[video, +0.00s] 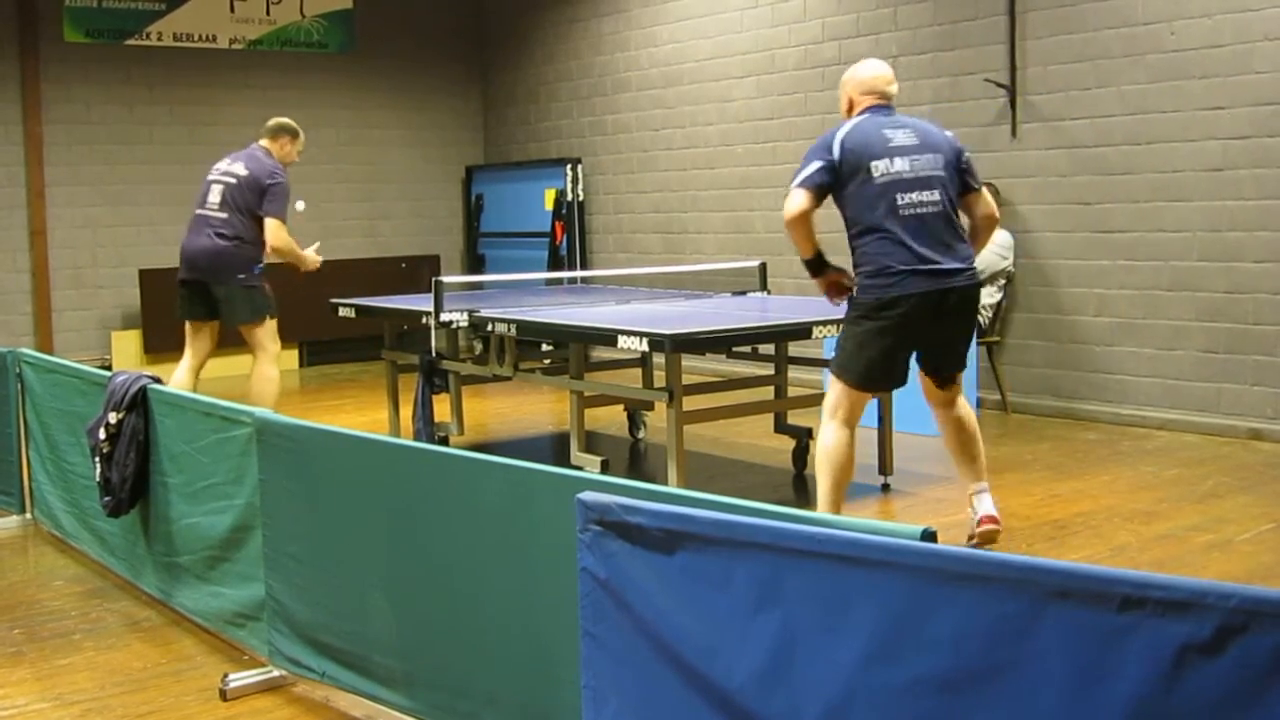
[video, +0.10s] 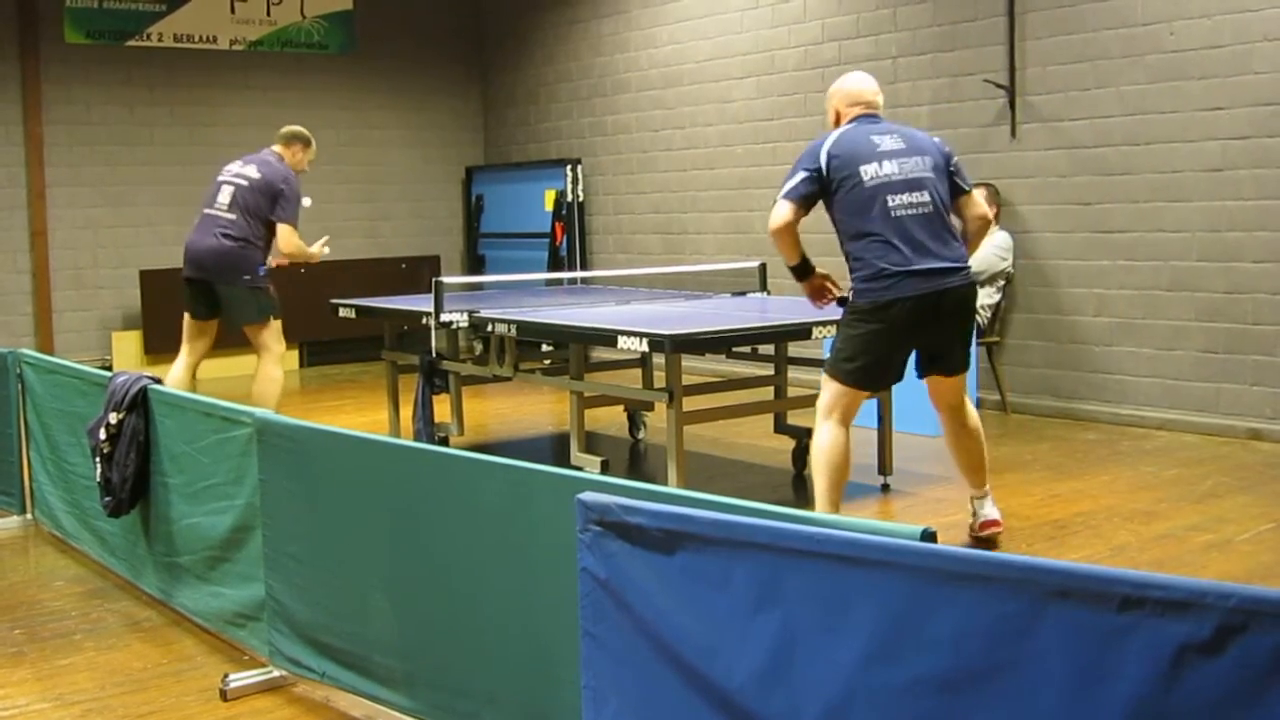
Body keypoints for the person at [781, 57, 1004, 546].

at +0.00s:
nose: (838, 109)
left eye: (840, 102)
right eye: (841, 102)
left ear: (850, 100)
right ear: (893, 98)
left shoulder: (838, 139)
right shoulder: (939, 136)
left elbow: (795, 212)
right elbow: (986, 214)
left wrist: (822, 271)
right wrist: (953, 263)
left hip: (886, 295)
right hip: (955, 291)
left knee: (839, 416)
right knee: (948, 393)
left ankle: (826, 532)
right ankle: (984, 505)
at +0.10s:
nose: (829, 124)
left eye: (828, 117)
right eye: (830, 117)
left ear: (838, 114)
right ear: (880, 108)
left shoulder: (828, 148)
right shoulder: (929, 143)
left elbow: (780, 223)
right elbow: (980, 216)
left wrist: (805, 276)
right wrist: (946, 264)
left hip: (882, 299)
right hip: (951, 292)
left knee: (833, 416)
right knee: (952, 398)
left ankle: (825, 532)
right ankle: (984, 507)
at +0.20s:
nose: (826, 131)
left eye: (825, 125)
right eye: (827, 126)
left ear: (834, 123)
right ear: (876, 117)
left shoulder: (826, 156)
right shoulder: (924, 150)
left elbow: (784, 234)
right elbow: (975, 225)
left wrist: (801, 277)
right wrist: (942, 267)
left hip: (885, 299)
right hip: (953, 294)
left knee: (830, 414)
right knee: (959, 407)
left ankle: (824, 533)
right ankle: (988, 510)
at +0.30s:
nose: (827, 143)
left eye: (826, 137)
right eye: (826, 137)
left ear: (835, 133)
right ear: (877, 126)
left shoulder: (837, 166)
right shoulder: (929, 159)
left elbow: (803, 246)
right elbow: (969, 234)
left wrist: (803, 278)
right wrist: (938, 270)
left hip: (897, 302)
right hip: (963, 295)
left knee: (833, 411)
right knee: (960, 408)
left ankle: (817, 530)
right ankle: (990, 515)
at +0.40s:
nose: (825, 158)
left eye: (825, 151)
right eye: (824, 152)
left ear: (835, 144)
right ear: (875, 139)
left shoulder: (839, 175)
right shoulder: (926, 171)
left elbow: (812, 257)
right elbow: (952, 236)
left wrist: (805, 291)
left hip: (907, 302)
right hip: (971, 295)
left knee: (839, 415)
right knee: (962, 410)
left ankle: (818, 532)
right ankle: (991, 515)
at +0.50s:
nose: (821, 175)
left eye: (820, 168)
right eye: (819, 168)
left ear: (831, 161)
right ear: (865, 154)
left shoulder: (831, 188)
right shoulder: (914, 179)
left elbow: (807, 271)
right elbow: (938, 243)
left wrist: (804, 307)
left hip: (907, 305)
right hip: (972, 298)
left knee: (837, 416)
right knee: (966, 412)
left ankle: (816, 534)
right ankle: (992, 517)